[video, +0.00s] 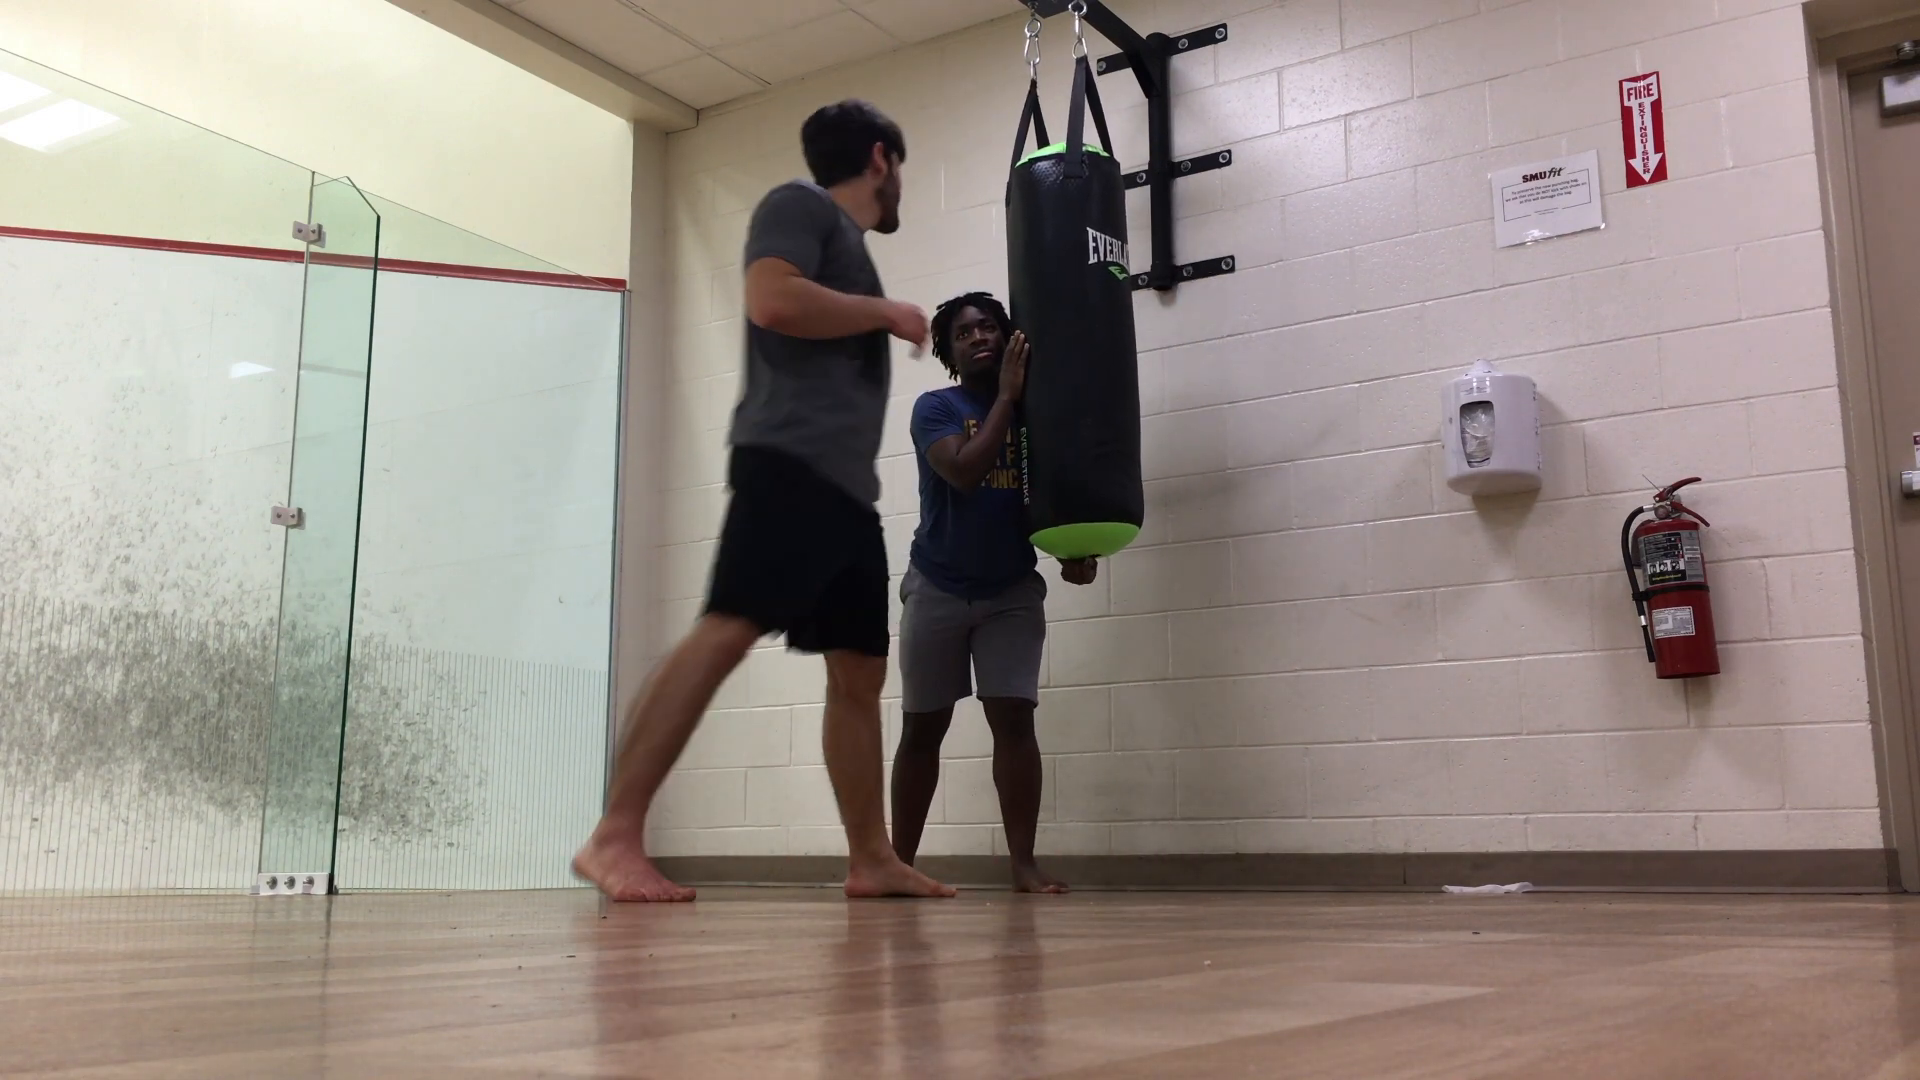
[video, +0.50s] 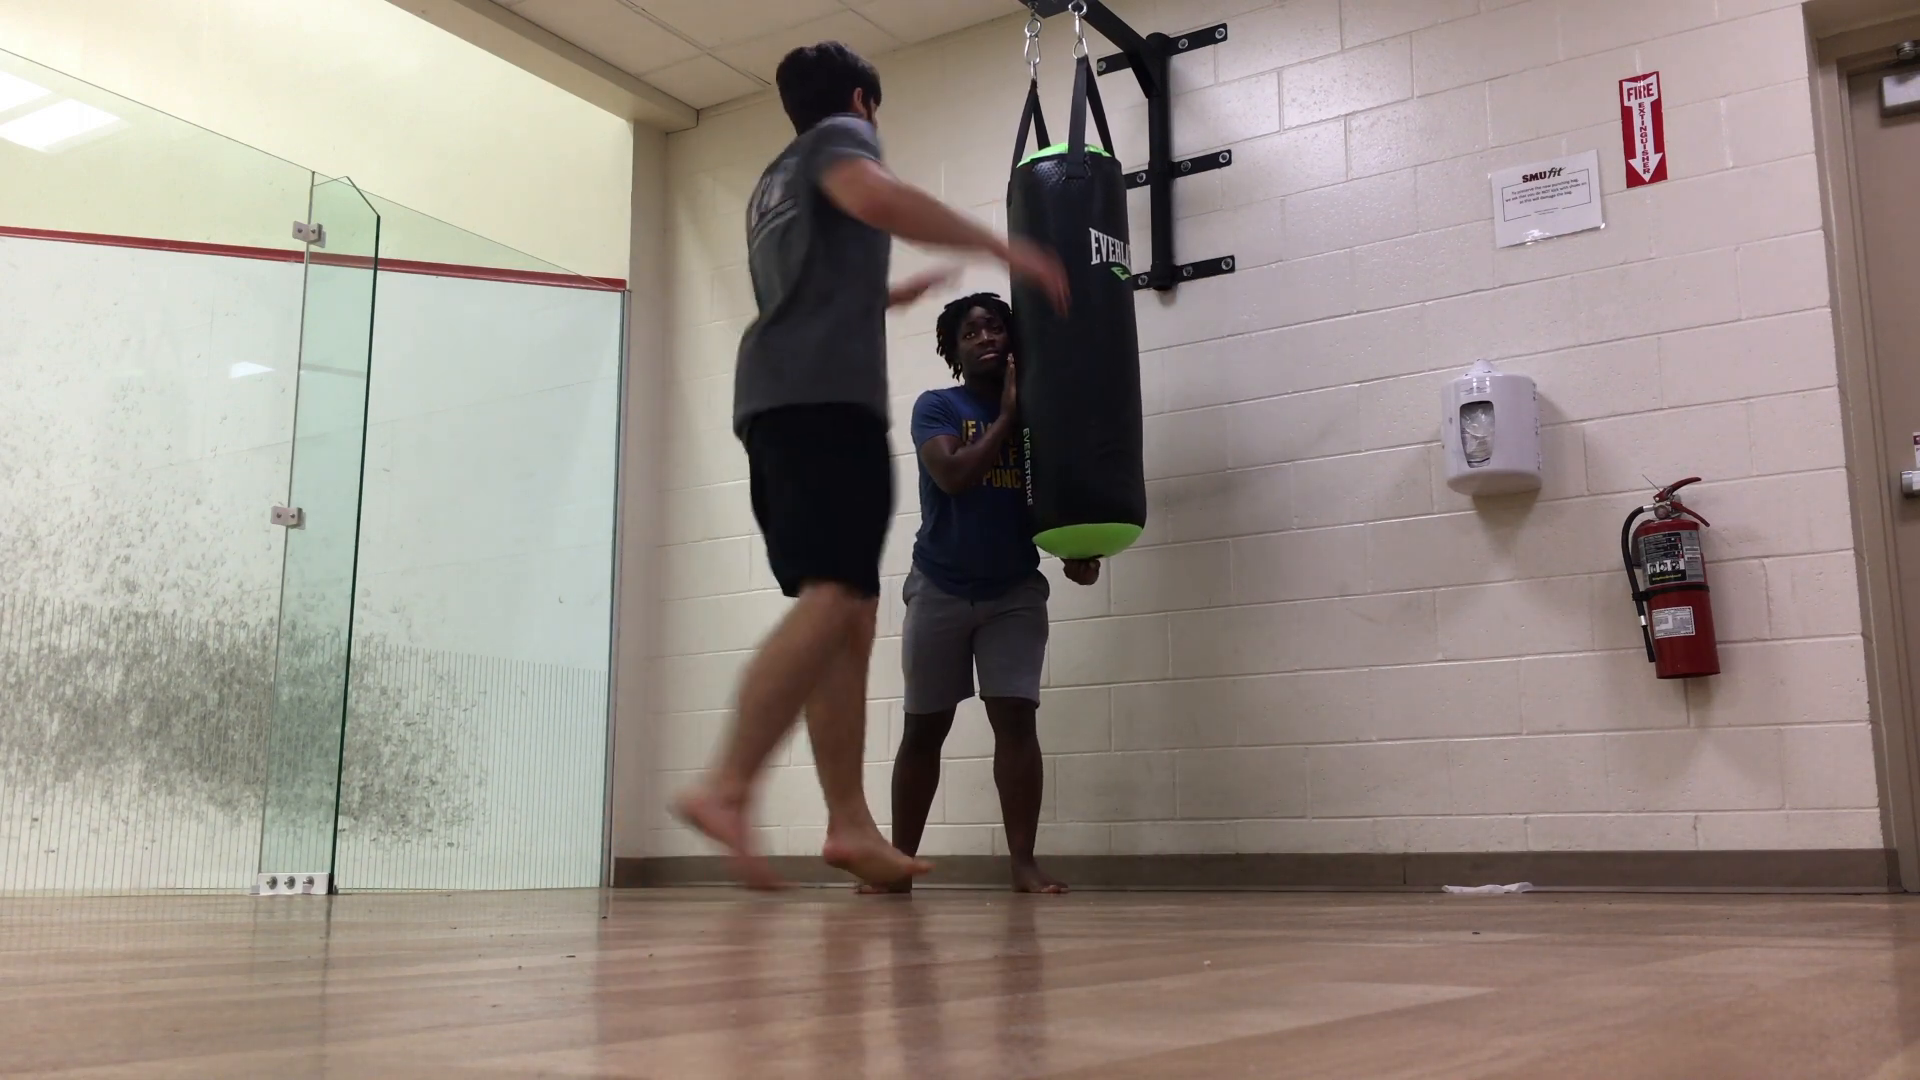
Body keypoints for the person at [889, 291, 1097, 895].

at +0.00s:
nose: (980, 337)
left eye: (988, 326)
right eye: (965, 332)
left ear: (1010, 338)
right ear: (948, 352)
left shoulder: (1036, 403)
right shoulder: (937, 407)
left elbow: (1061, 474)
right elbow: (962, 469)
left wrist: (1077, 553)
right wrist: (1007, 397)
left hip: (1013, 589)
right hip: (938, 591)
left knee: (1015, 723)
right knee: (924, 730)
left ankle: (1024, 864)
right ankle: (901, 866)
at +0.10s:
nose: (981, 338)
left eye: (991, 328)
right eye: (967, 333)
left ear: (1010, 339)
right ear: (949, 352)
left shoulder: (1035, 407)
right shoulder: (935, 407)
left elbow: (1060, 480)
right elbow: (963, 470)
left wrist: (1079, 553)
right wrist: (1007, 397)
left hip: (1014, 591)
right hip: (939, 592)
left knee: (1015, 722)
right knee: (924, 730)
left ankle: (1024, 863)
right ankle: (899, 861)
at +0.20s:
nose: (983, 339)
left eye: (992, 328)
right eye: (968, 334)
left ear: (1011, 340)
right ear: (950, 351)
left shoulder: (1035, 408)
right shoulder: (935, 407)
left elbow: (1057, 485)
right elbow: (963, 471)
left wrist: (1078, 555)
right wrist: (1007, 397)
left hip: (1014, 591)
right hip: (940, 593)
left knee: (1016, 722)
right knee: (924, 730)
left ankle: (1024, 863)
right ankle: (900, 864)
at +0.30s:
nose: (985, 337)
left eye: (993, 326)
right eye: (970, 332)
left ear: (1013, 337)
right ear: (949, 349)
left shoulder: (1037, 405)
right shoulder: (938, 408)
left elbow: (1062, 477)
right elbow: (962, 470)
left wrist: (1082, 554)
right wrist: (1007, 398)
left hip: (1015, 589)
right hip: (941, 591)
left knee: (1016, 720)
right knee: (925, 730)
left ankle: (1024, 862)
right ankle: (901, 866)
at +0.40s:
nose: (986, 337)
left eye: (994, 327)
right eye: (972, 332)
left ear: (1014, 340)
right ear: (953, 351)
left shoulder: (1038, 405)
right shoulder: (938, 406)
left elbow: (1065, 475)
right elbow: (959, 472)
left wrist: (1083, 553)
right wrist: (1007, 401)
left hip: (1015, 589)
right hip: (941, 591)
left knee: (1016, 719)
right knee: (926, 729)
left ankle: (1023, 862)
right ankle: (902, 866)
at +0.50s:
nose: (989, 337)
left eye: (997, 327)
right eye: (974, 332)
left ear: (1014, 340)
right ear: (954, 350)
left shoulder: (1035, 406)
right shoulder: (936, 405)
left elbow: (1064, 477)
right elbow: (951, 474)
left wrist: (1081, 550)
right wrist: (1008, 415)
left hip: (1016, 592)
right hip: (941, 594)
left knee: (1016, 723)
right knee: (924, 731)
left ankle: (1024, 862)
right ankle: (900, 863)